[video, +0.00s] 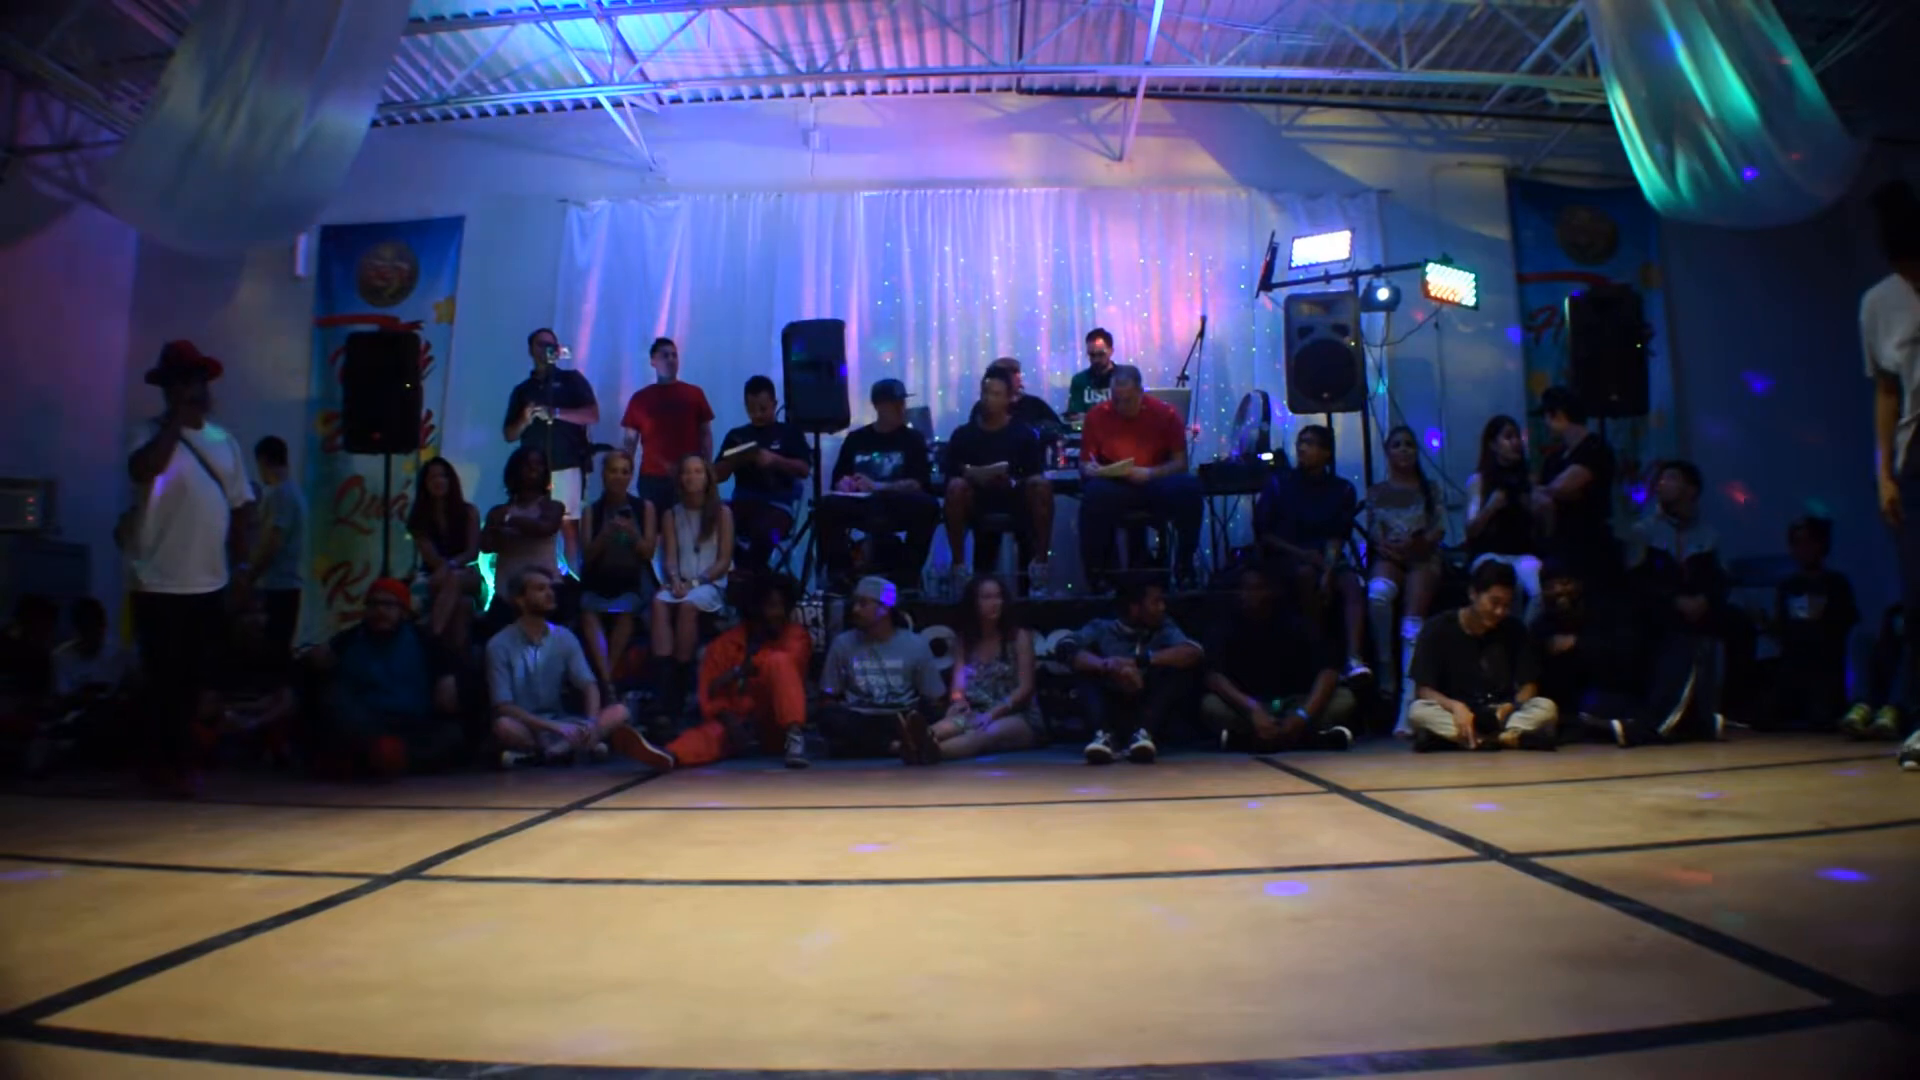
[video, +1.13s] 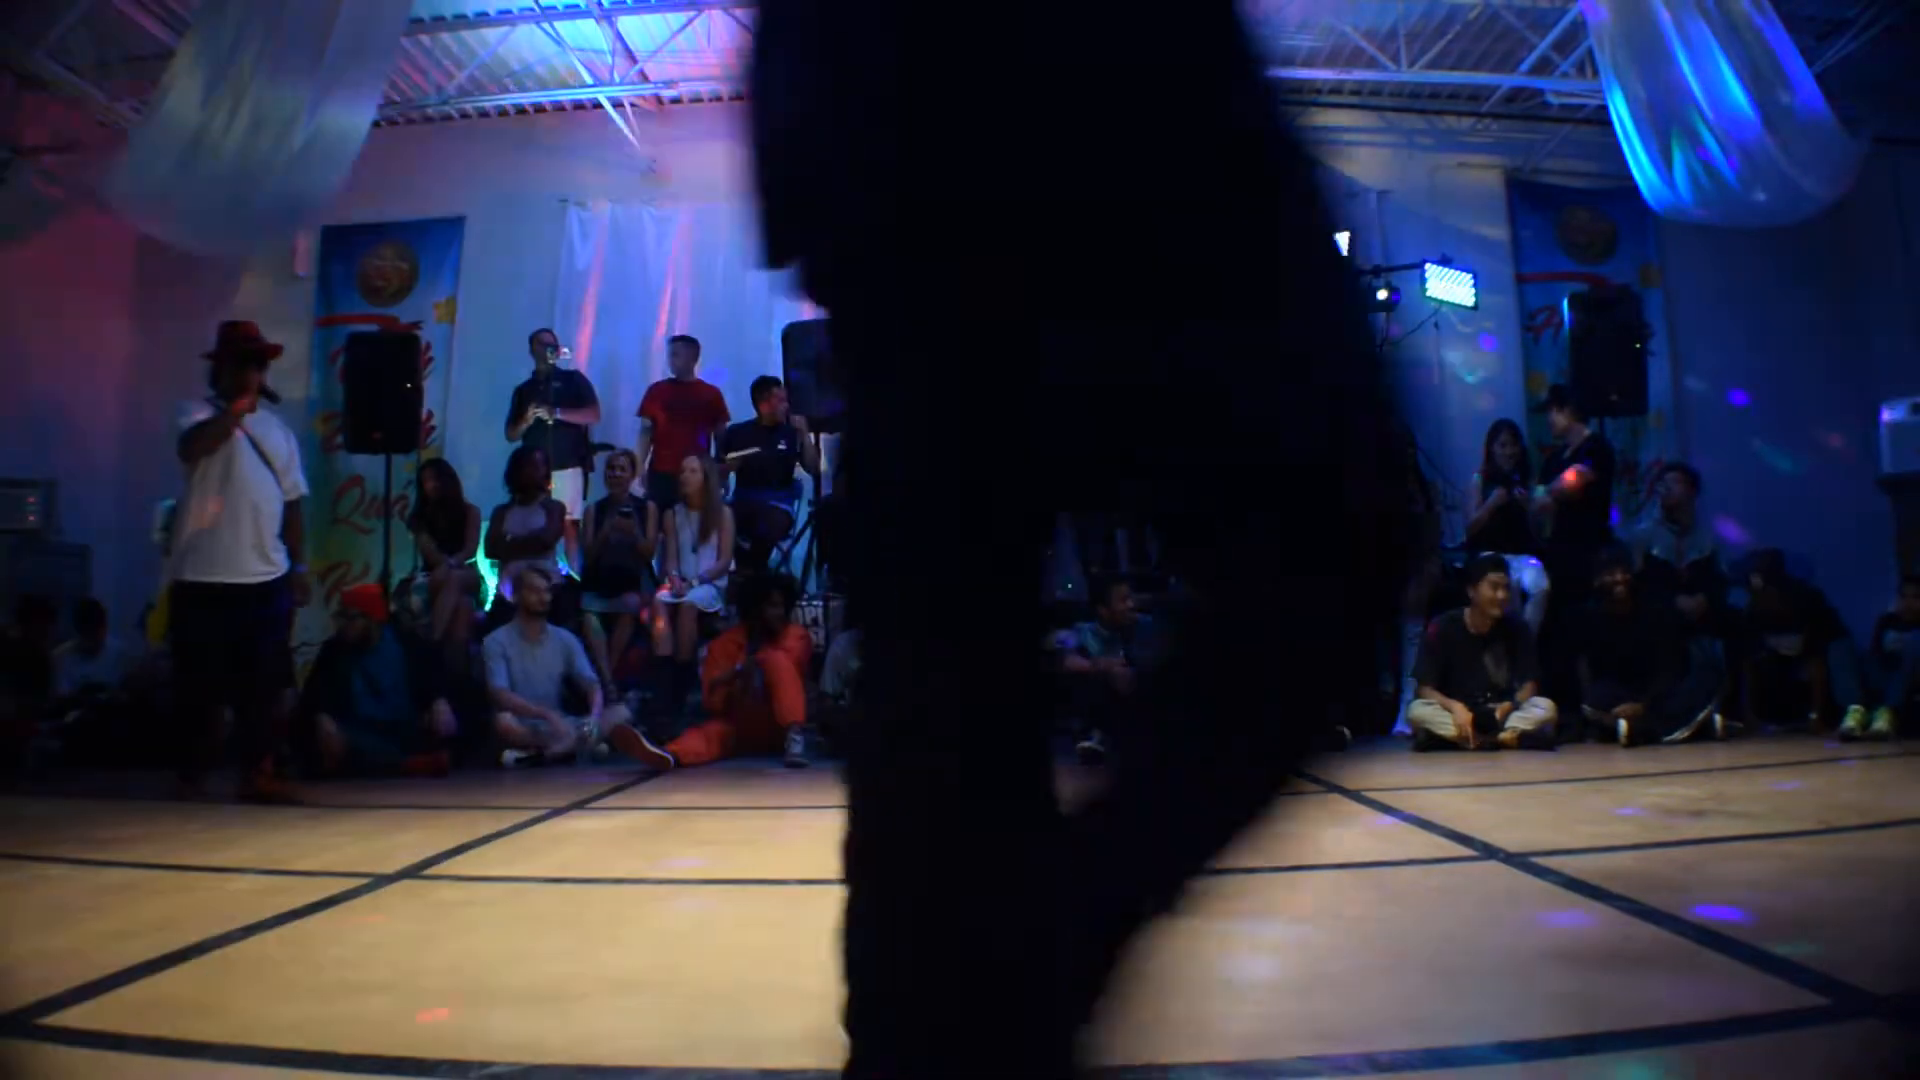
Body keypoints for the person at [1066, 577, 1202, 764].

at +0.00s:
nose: (1162, 608)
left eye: (1161, 602)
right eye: (1156, 602)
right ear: (1135, 608)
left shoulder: (1164, 630)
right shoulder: (1103, 629)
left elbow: (1194, 652)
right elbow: (1064, 648)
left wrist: (1142, 661)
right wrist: (1109, 667)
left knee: (1173, 670)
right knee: (1088, 674)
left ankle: (1144, 733)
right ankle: (1102, 735)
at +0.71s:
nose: (1142, 607)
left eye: (1141, 601)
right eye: (1134, 602)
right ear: (1113, 609)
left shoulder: (1151, 627)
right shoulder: (1092, 631)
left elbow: (1189, 649)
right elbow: (1060, 652)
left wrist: (1139, 659)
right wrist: (1108, 668)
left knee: (1170, 666)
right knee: (1088, 671)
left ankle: (1143, 733)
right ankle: (1101, 734)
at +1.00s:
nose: (1133, 606)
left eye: (1132, 600)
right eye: (1125, 601)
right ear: (1105, 610)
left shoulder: (1143, 627)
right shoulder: (1086, 633)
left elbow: (1185, 647)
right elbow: (1053, 652)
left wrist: (1136, 659)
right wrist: (1105, 668)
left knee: (1160, 668)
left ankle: (1142, 734)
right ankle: (1099, 734)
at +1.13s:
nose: (1131, 606)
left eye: (1130, 599)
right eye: (1123, 600)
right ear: (1104, 609)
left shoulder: (1141, 631)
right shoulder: (1085, 635)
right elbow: (1069, 662)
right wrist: (1109, 668)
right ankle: (1092, 734)